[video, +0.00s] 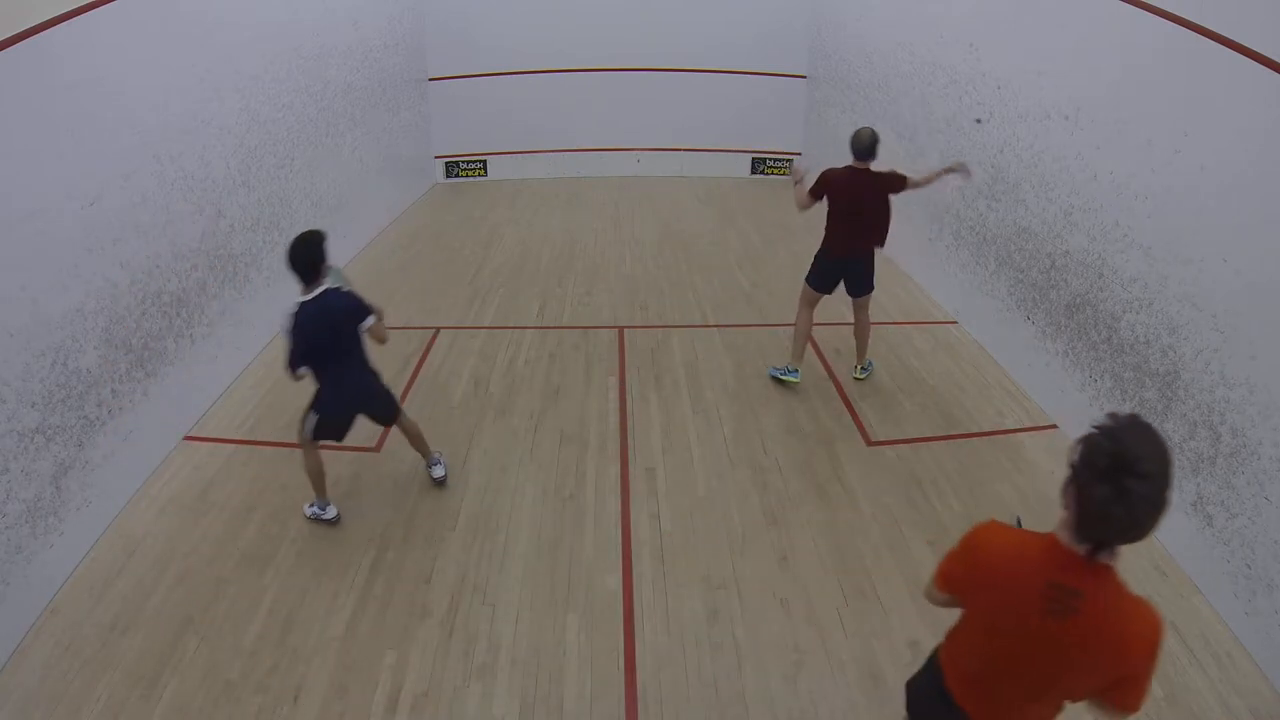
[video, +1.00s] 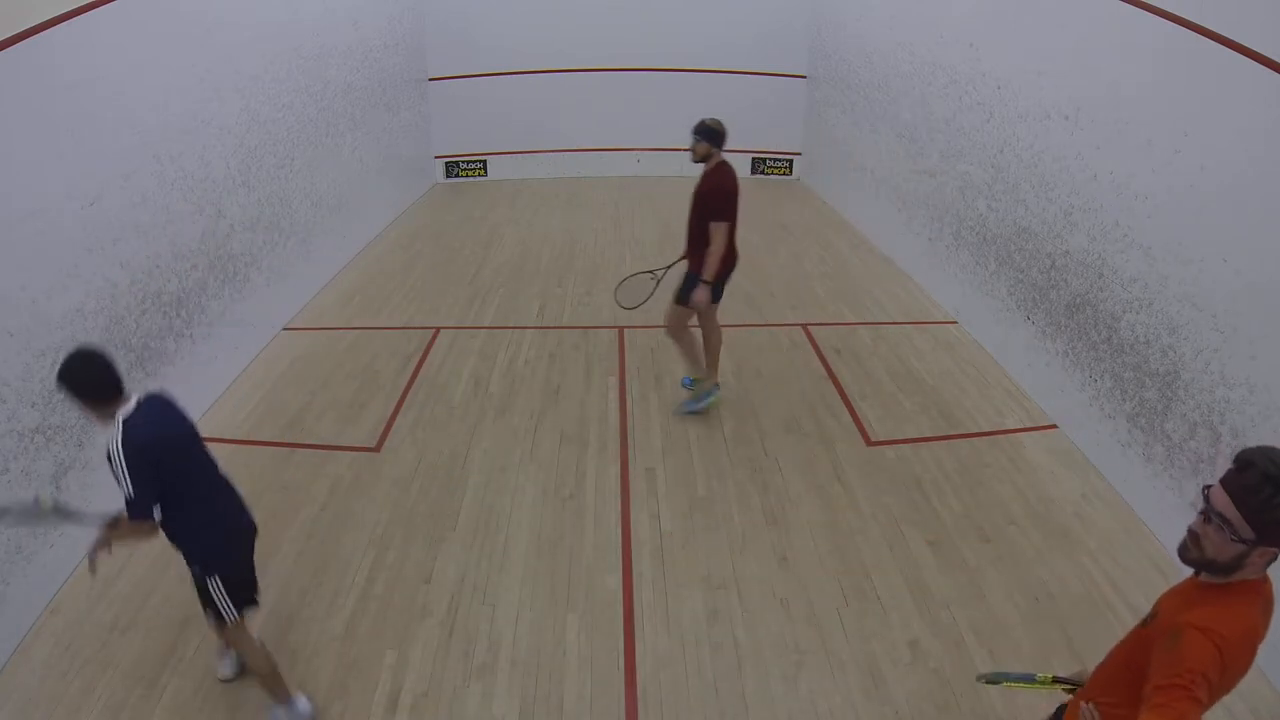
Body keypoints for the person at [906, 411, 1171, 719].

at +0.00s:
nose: (1066, 476)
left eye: (1071, 471)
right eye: (1072, 467)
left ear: (1070, 491)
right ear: (1145, 523)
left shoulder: (994, 547)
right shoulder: (1139, 629)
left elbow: (937, 593)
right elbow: (1114, 706)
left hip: (939, 697)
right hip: (1027, 716)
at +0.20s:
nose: (1119, 475)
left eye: (1126, 474)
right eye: (1127, 469)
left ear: (1132, 513)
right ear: (1197, 527)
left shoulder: (1059, 583)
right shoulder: (1200, 606)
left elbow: (970, 640)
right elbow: (1173, 672)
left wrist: (1024, 593)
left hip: (993, 700)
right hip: (1079, 713)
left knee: (950, 711)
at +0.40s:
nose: (1165, 463)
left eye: (1174, 468)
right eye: (1175, 459)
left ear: (1184, 517)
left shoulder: (1125, 593)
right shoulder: (1234, 579)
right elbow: (1232, 651)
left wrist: (1012, 666)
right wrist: (1155, 652)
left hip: (1061, 713)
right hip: (1132, 711)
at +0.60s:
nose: (1180, 475)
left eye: (1195, 481)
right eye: (1191, 465)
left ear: (1226, 528)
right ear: (1229, 530)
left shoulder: (1165, 604)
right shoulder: (1244, 577)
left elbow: (1127, 712)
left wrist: (1057, 716)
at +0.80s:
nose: (1191, 504)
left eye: (1211, 508)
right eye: (1201, 490)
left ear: (1251, 546)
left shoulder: (1198, 630)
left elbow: (1168, 711)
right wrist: (1100, 676)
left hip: (1077, 717)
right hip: (1079, 705)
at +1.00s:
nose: (1198, 522)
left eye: (1222, 525)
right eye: (1207, 503)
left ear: (1262, 555)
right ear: (1208, 488)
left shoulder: (1199, 637)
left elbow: (1170, 710)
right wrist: (1102, 679)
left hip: (1085, 715)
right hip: (1089, 704)